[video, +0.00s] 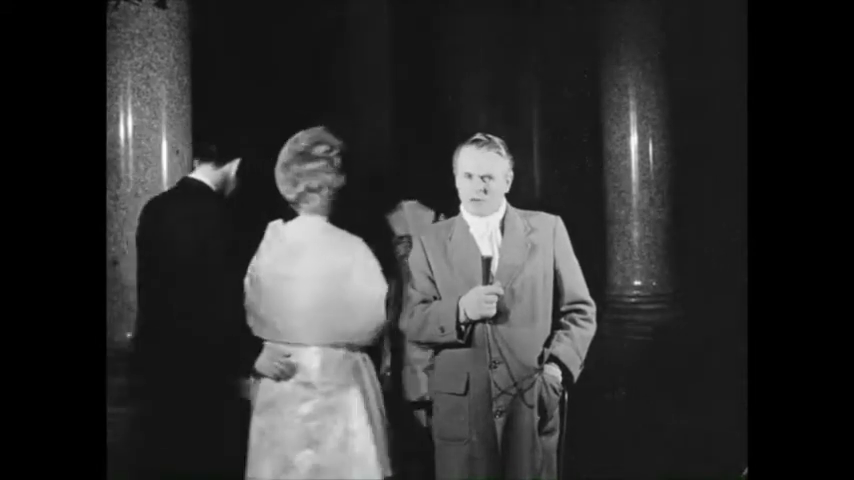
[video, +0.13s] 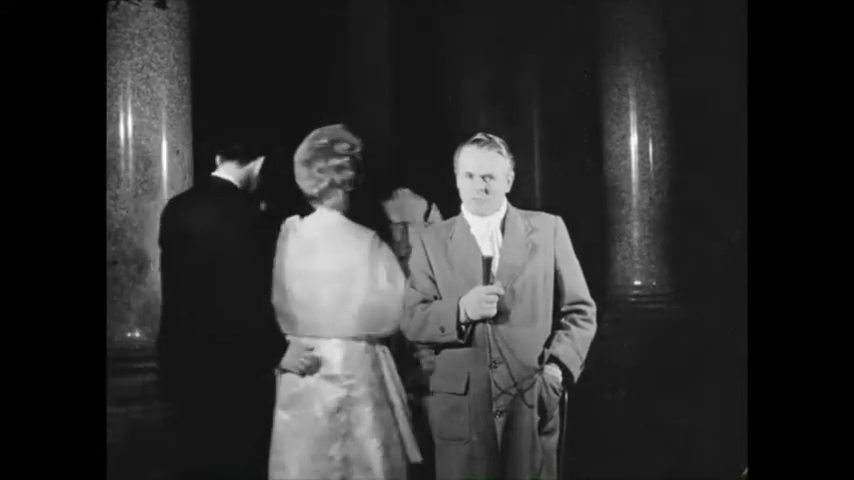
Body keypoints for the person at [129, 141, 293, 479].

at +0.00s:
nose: (239, 179)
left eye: (241, 169)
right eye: (241, 169)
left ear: (197, 158)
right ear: (233, 167)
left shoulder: (156, 209)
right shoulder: (217, 216)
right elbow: (215, 305)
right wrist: (254, 354)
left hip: (160, 356)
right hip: (204, 364)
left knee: (166, 453)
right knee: (209, 456)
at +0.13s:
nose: (261, 174)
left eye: (263, 165)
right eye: (262, 165)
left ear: (217, 158)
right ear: (257, 165)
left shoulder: (178, 207)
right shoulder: (247, 215)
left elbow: (179, 298)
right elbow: (243, 299)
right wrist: (280, 352)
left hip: (186, 358)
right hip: (236, 364)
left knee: (193, 455)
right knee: (241, 458)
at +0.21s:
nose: (273, 169)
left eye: (271, 162)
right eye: (274, 163)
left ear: (229, 157)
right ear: (268, 162)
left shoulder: (190, 206)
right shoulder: (269, 210)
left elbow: (185, 282)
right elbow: (273, 288)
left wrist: (189, 334)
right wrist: (293, 344)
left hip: (204, 335)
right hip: (257, 337)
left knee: (209, 429)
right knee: (258, 434)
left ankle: (207, 470)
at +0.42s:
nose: (300, 166)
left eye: (300, 160)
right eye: (302, 159)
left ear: (255, 154)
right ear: (297, 159)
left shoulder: (223, 199)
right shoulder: (295, 211)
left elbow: (212, 282)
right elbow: (306, 287)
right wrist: (335, 339)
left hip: (234, 335)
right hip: (285, 342)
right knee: (283, 445)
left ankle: (249, 468)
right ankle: (278, 470)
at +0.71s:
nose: (327, 176)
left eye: (327, 168)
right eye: (326, 167)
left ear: (283, 166)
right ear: (321, 167)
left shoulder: (255, 206)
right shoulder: (324, 213)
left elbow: (244, 285)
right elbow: (340, 288)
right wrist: (382, 332)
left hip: (269, 338)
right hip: (321, 338)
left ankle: (286, 470)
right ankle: (327, 469)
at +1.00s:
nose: (345, 171)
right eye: (345, 164)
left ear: (300, 162)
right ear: (342, 162)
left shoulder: (276, 202)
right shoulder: (350, 204)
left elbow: (259, 270)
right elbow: (366, 272)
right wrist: (403, 314)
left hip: (290, 321)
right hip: (347, 326)